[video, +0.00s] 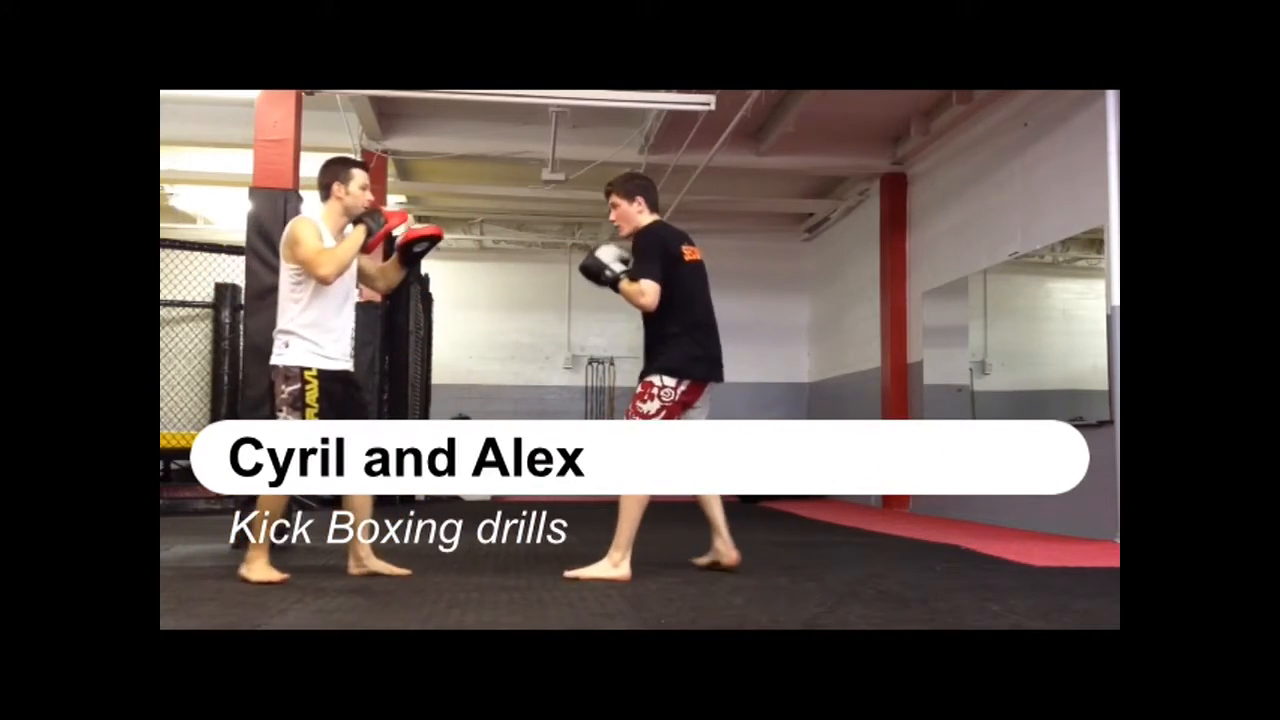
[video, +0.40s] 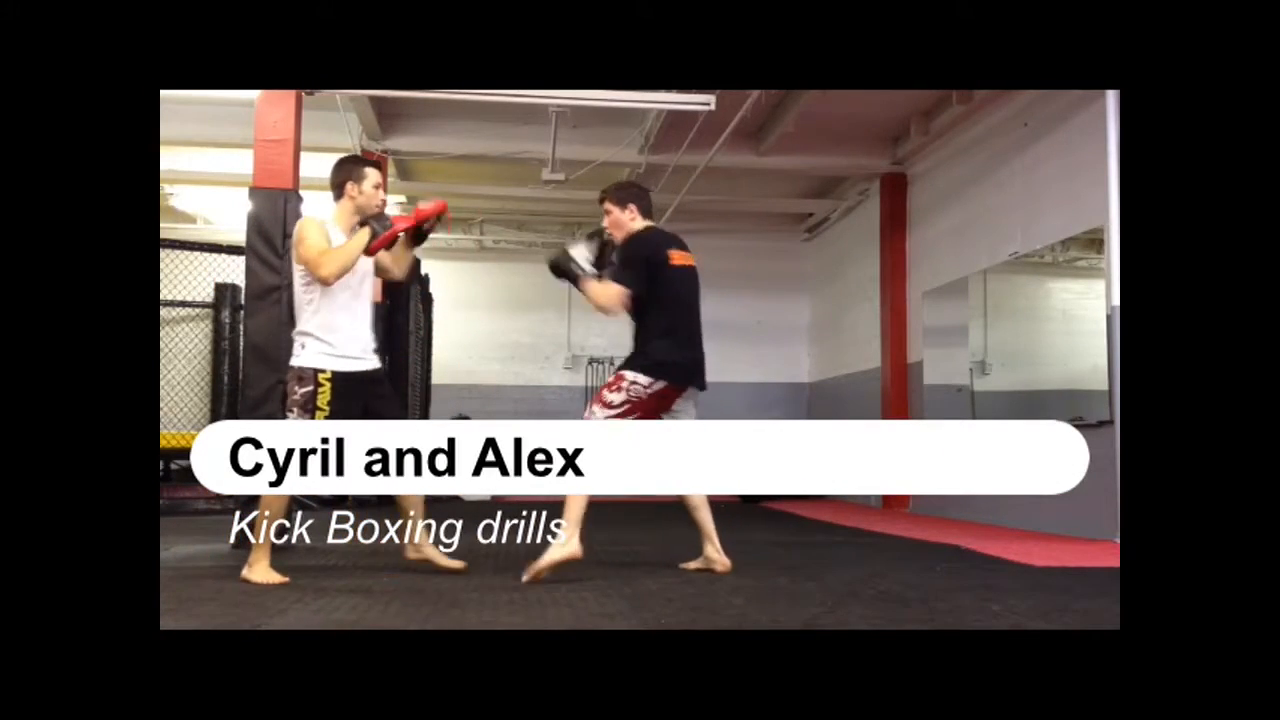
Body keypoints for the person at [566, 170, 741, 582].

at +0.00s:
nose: (612, 218)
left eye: (616, 208)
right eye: (610, 209)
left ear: (639, 203)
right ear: (644, 206)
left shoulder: (651, 237)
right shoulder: (676, 237)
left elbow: (647, 298)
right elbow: (660, 295)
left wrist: (614, 277)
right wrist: (623, 271)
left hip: (674, 364)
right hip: (700, 362)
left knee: (635, 451)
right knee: (690, 450)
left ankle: (618, 558)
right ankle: (724, 545)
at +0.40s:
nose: (606, 224)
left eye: (609, 214)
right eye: (605, 216)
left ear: (631, 211)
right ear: (641, 213)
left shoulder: (640, 244)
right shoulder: (674, 244)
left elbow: (614, 301)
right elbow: (646, 299)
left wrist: (578, 275)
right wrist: (605, 267)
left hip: (654, 363)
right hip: (685, 365)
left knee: (587, 436)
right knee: (681, 454)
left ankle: (568, 536)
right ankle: (713, 549)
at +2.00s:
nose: (578, 198)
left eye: (581, 191)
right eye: (579, 191)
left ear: (598, 188)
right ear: (619, 190)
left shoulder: (587, 219)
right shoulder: (652, 234)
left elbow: (535, 238)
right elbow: (620, 270)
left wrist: (500, 236)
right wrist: (572, 253)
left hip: (583, 352)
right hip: (632, 357)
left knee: (525, 426)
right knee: (607, 451)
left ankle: (527, 521)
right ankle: (616, 551)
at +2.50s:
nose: (607, 219)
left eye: (610, 211)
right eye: (607, 212)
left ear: (631, 211)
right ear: (647, 213)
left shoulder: (618, 241)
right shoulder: (690, 249)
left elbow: (547, 243)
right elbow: (715, 317)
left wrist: (494, 239)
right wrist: (679, 301)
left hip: (641, 368)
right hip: (689, 369)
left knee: (594, 456)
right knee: (695, 451)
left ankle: (608, 555)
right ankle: (703, 532)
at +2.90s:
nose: (692, 242)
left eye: (696, 233)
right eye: (691, 234)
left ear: (719, 231)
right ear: (725, 234)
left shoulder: (732, 259)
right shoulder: (757, 260)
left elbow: (762, 301)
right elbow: (761, 306)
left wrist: (716, 308)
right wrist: (719, 305)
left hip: (753, 382)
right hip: (788, 379)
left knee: (689, 451)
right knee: (788, 466)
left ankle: (732, 536)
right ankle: (841, 553)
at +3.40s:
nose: (679, 229)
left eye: (683, 219)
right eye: (677, 221)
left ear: (709, 216)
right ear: (708, 220)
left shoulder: (729, 251)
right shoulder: (730, 252)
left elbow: (711, 314)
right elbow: (720, 311)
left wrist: (682, 282)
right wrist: (690, 300)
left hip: (748, 374)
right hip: (770, 372)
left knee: (693, 457)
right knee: (789, 462)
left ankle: (674, 559)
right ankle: (845, 550)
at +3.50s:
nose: (662, 230)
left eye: (667, 221)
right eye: (661, 222)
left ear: (691, 218)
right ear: (694, 220)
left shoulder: (708, 253)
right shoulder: (726, 250)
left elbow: (694, 318)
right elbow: (721, 312)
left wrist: (667, 288)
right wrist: (680, 315)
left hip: (734, 372)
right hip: (761, 370)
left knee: (681, 453)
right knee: (759, 463)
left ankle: (673, 559)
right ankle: (829, 540)